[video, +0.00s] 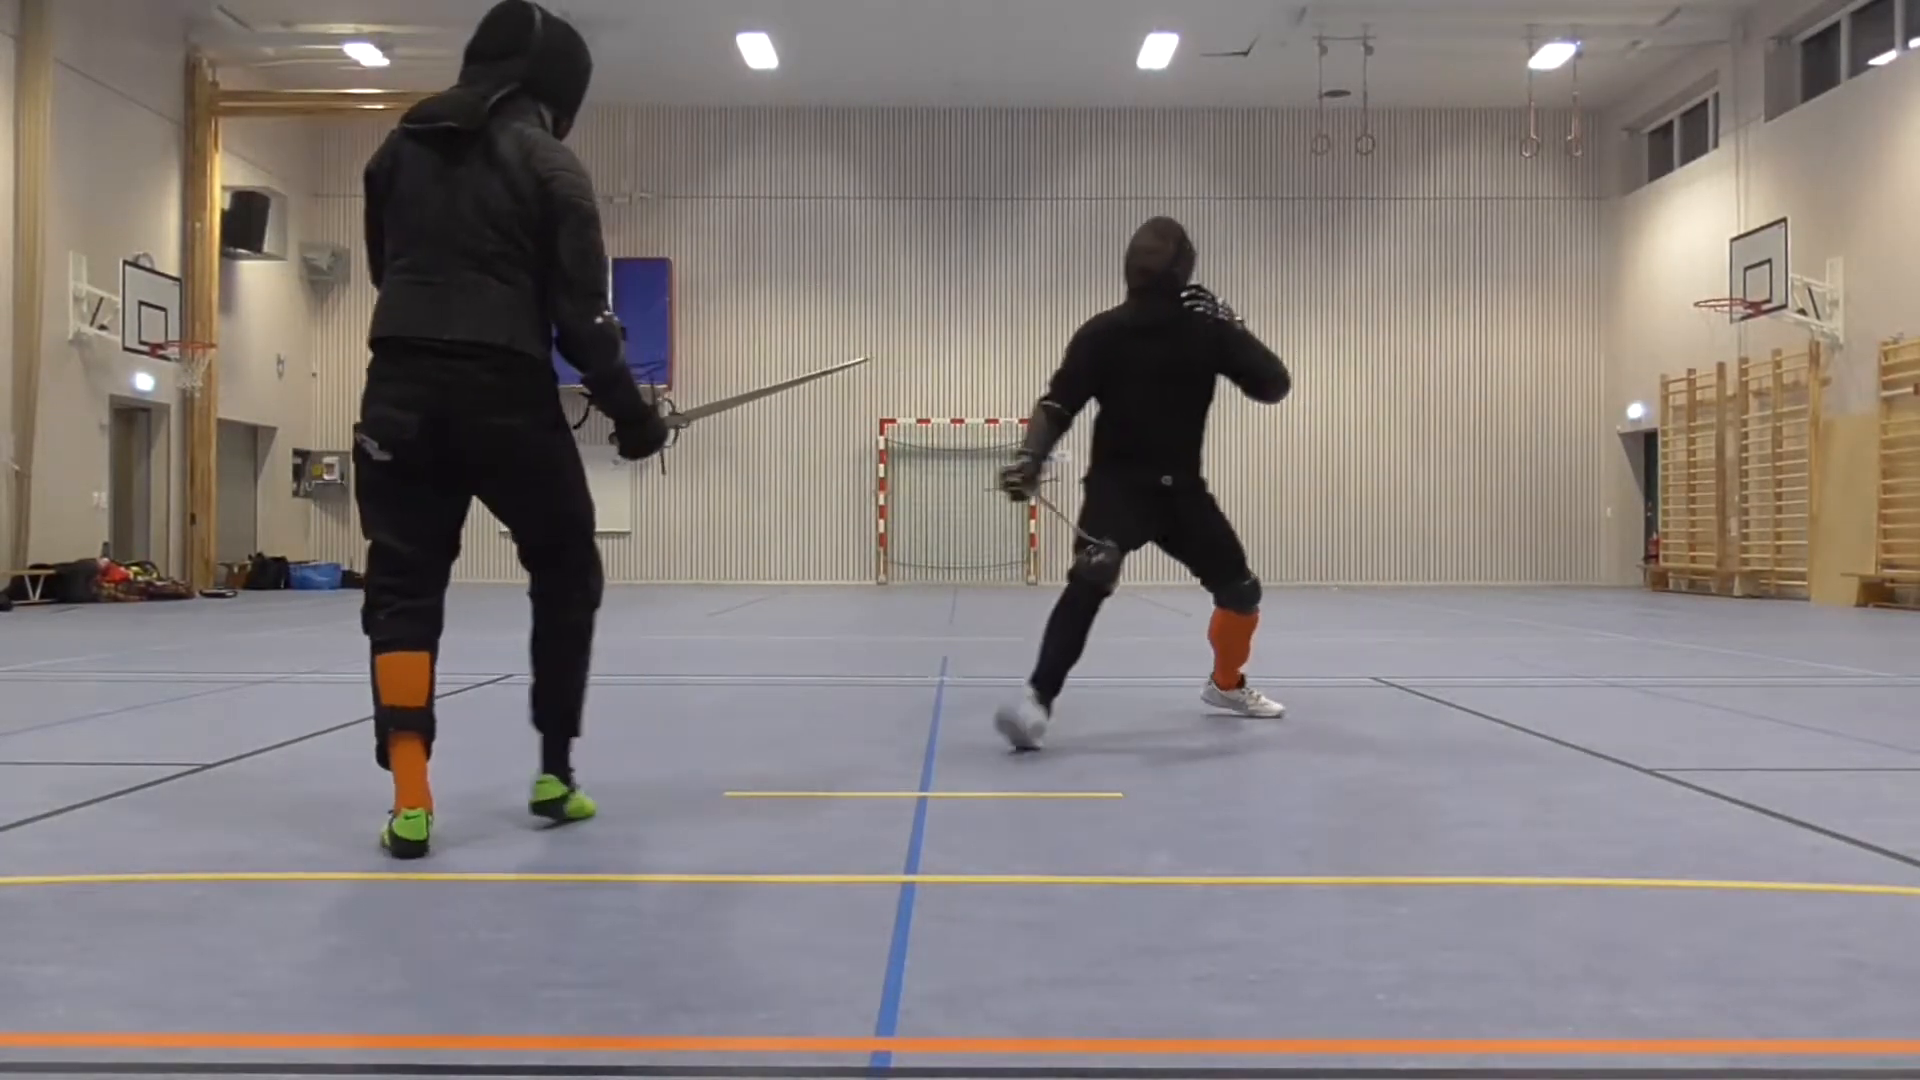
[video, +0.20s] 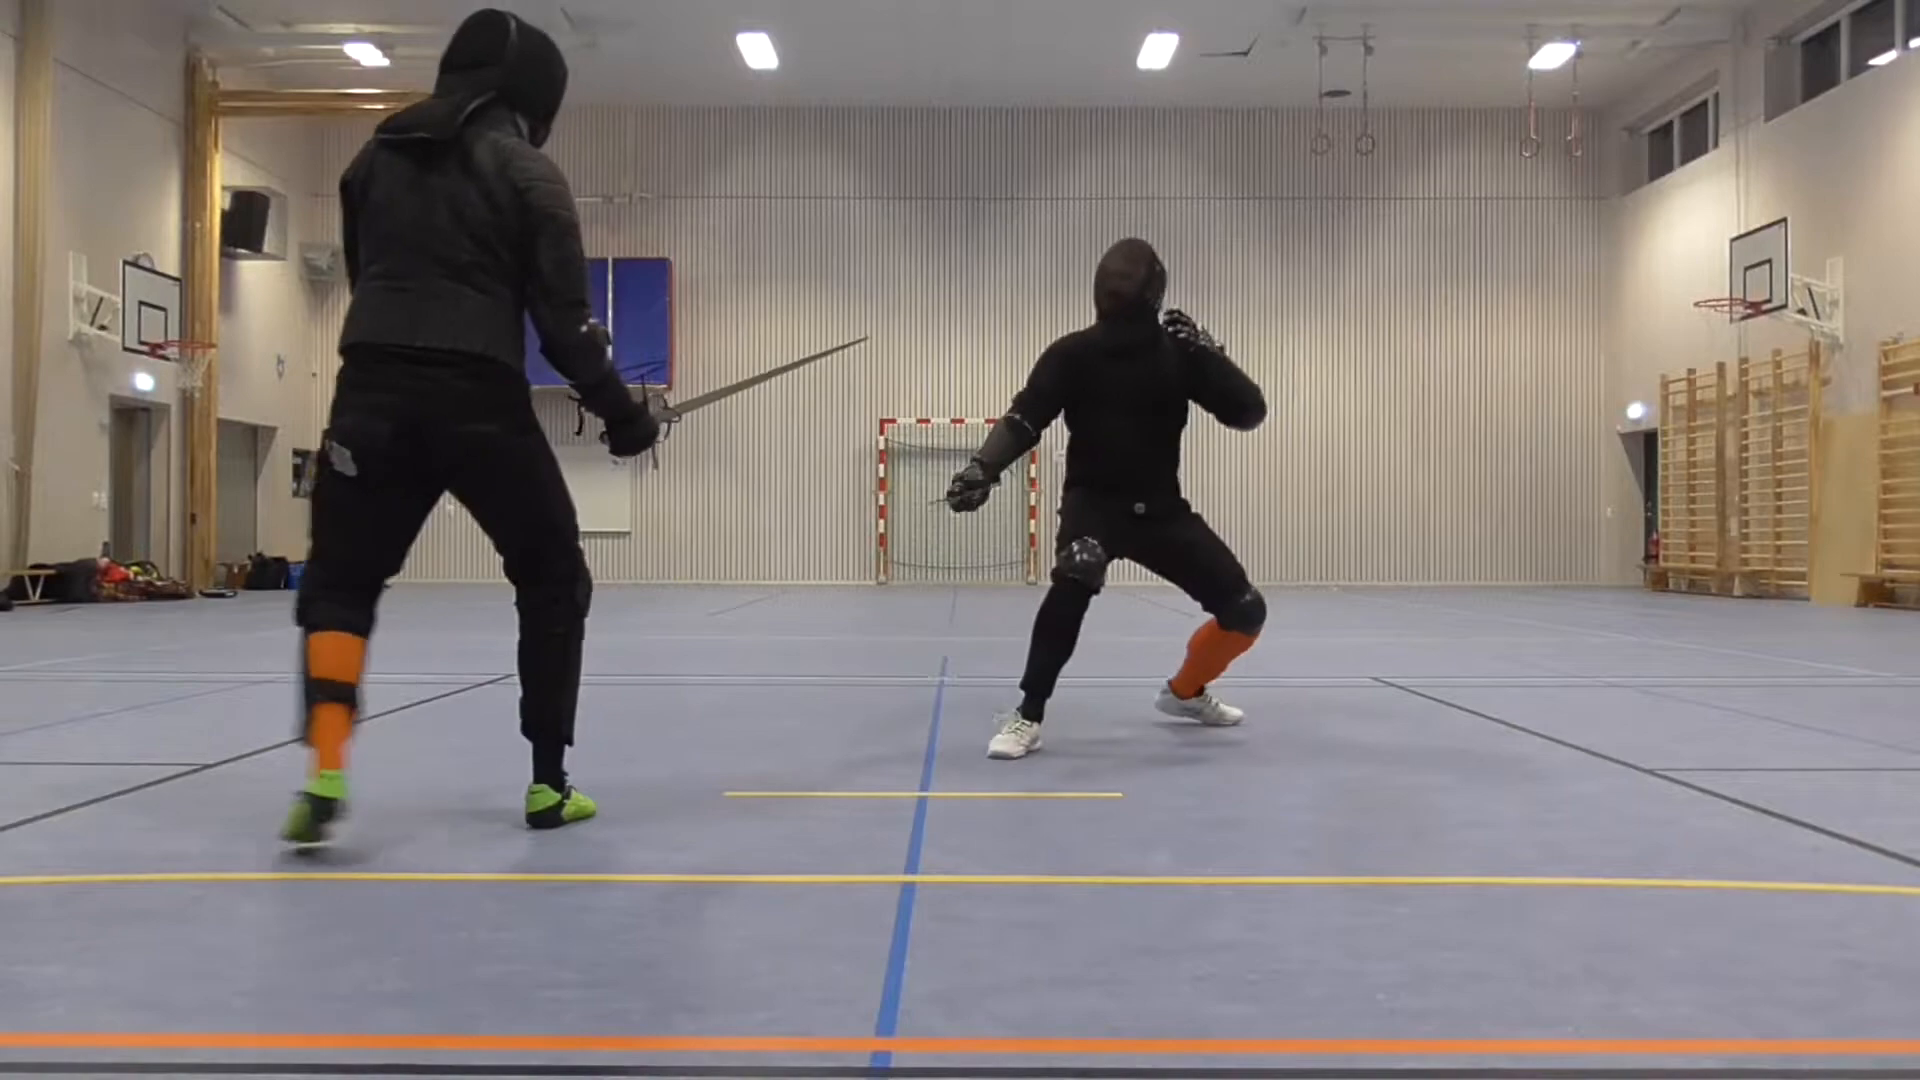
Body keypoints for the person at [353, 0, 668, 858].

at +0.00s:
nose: (571, 111)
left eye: (572, 97)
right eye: (570, 96)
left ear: (480, 68)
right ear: (550, 85)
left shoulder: (398, 152)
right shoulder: (551, 164)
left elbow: (386, 274)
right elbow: (580, 317)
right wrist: (631, 412)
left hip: (401, 395)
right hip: (508, 402)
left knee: (403, 585)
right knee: (565, 565)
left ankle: (409, 804)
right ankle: (553, 772)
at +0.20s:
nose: (550, 115)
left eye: (550, 100)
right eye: (548, 100)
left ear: (456, 77)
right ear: (527, 92)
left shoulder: (373, 160)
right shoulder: (528, 173)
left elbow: (366, 277)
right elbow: (564, 326)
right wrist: (624, 414)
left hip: (373, 401)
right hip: (484, 407)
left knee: (342, 577)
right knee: (552, 578)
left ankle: (324, 776)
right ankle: (548, 783)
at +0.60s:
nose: (433, 108)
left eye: (435, 92)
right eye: (432, 91)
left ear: (335, 61)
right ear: (407, 81)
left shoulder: (241, 149)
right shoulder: (401, 165)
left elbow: (241, 274)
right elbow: (428, 324)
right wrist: (500, 418)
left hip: (238, 405)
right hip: (355, 411)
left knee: (218, 601)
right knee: (451, 590)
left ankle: (176, 828)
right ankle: (508, 785)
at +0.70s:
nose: (425, 100)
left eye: (426, 83)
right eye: (423, 82)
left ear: (326, 52)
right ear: (397, 71)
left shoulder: (235, 142)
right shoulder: (394, 157)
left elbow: (232, 268)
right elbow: (421, 317)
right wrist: (494, 409)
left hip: (233, 399)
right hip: (348, 406)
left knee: (216, 597)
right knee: (441, 583)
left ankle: (176, 827)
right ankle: (479, 788)